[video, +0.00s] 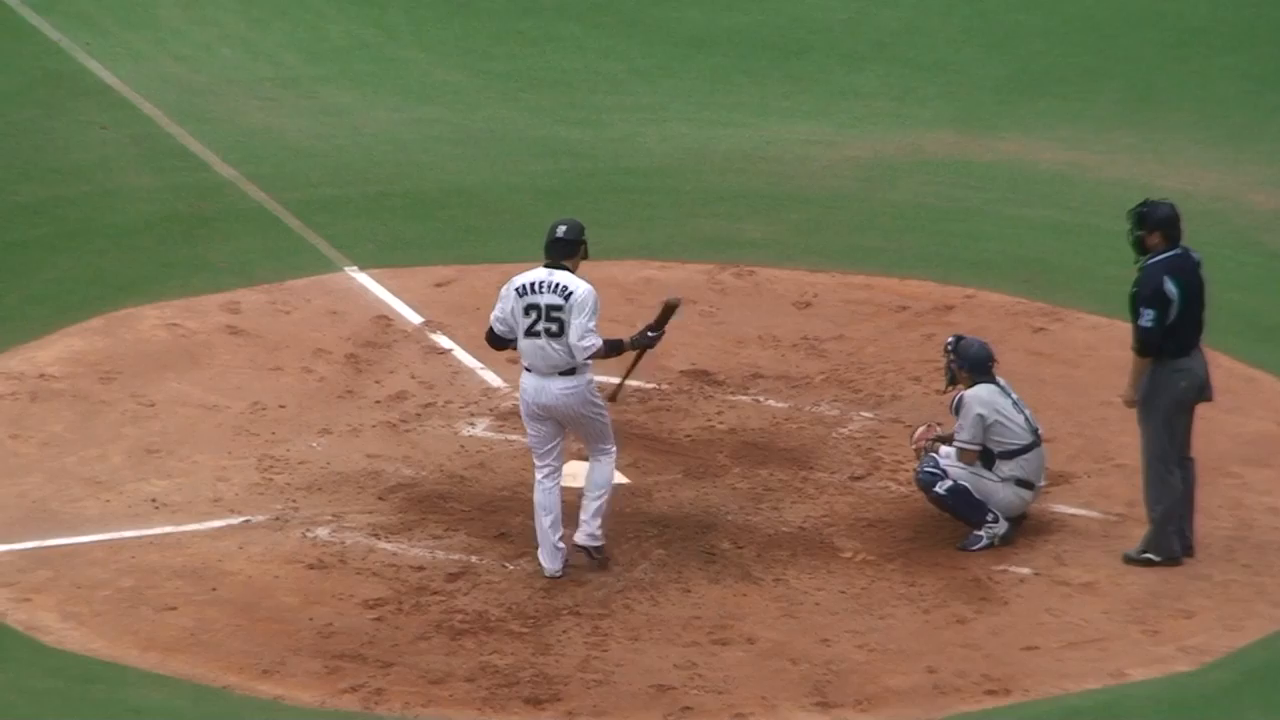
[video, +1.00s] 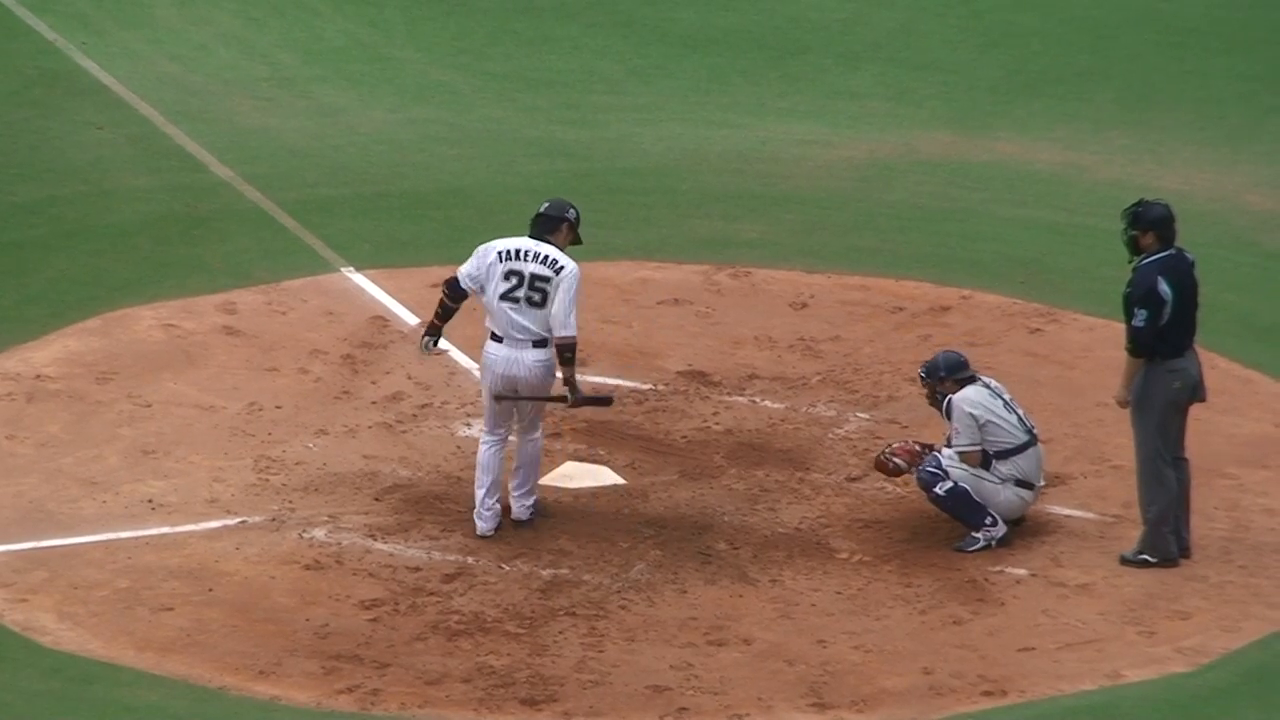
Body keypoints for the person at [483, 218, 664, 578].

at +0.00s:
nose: (584, 254)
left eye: (581, 249)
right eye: (584, 250)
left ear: (547, 250)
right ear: (579, 252)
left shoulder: (517, 284)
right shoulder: (582, 291)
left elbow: (497, 339)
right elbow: (587, 348)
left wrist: (534, 328)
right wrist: (632, 343)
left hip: (532, 388)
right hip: (573, 390)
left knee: (546, 471)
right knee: (602, 452)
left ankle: (551, 559)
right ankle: (589, 534)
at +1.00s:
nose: (570, 241)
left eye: (572, 235)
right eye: (571, 233)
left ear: (537, 224)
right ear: (561, 228)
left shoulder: (494, 250)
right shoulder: (565, 268)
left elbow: (455, 289)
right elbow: (563, 333)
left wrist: (434, 327)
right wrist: (570, 380)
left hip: (496, 356)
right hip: (538, 361)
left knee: (493, 434)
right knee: (530, 432)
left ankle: (485, 517)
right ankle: (522, 507)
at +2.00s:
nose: (669, 245)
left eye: (670, 239)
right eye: (668, 238)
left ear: (635, 233)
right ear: (660, 237)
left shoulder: (596, 260)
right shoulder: (664, 270)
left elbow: (570, 311)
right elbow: (680, 327)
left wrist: (562, 363)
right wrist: (715, 362)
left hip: (601, 366)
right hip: (641, 367)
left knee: (634, 435)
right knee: (651, 448)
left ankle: (652, 510)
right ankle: (640, 532)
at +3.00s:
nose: (663, 244)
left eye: (661, 240)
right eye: (662, 239)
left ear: (627, 241)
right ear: (657, 239)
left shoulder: (605, 274)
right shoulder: (675, 260)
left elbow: (589, 335)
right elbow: (699, 321)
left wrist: (591, 383)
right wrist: (712, 364)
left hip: (637, 365)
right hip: (681, 361)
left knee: (640, 441)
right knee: (690, 437)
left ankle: (648, 522)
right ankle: (685, 521)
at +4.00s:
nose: (725, 254)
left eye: (725, 249)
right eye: (725, 249)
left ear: (689, 239)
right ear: (718, 248)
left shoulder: (646, 257)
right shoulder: (720, 276)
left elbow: (613, 298)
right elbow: (723, 345)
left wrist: (625, 353)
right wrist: (723, 387)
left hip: (646, 357)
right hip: (688, 362)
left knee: (648, 439)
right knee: (687, 444)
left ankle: (649, 521)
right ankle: (683, 527)